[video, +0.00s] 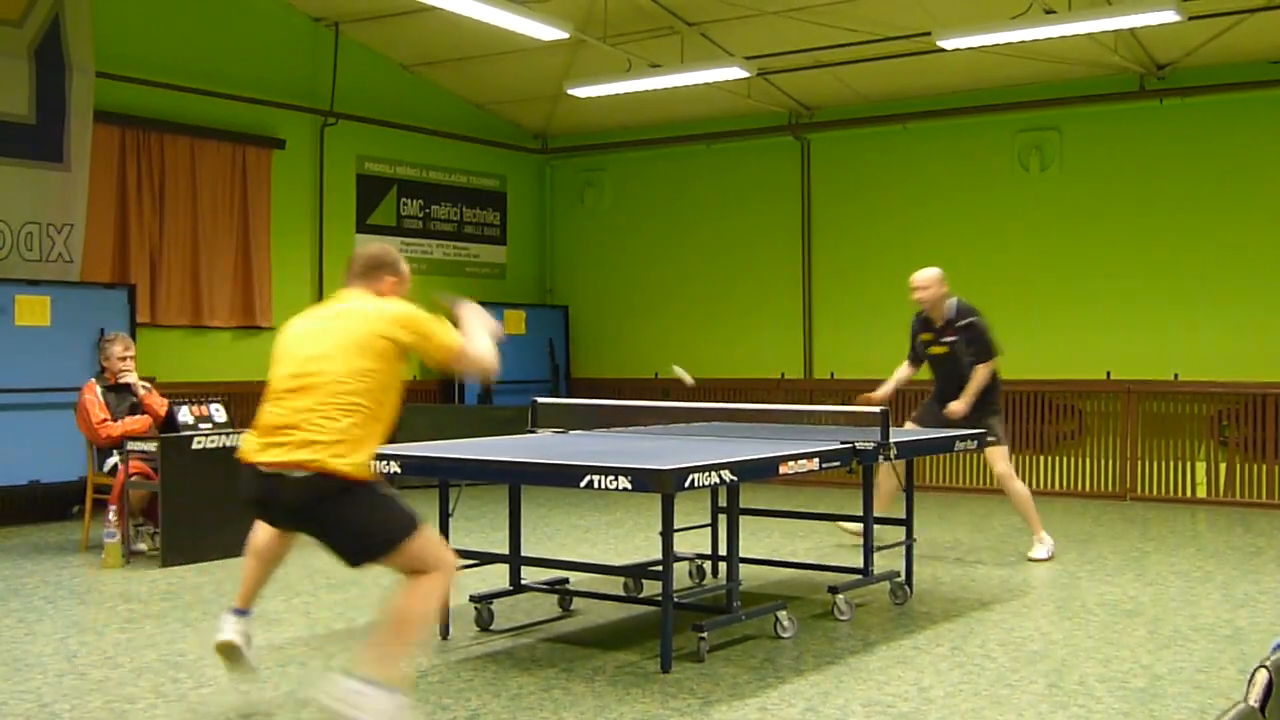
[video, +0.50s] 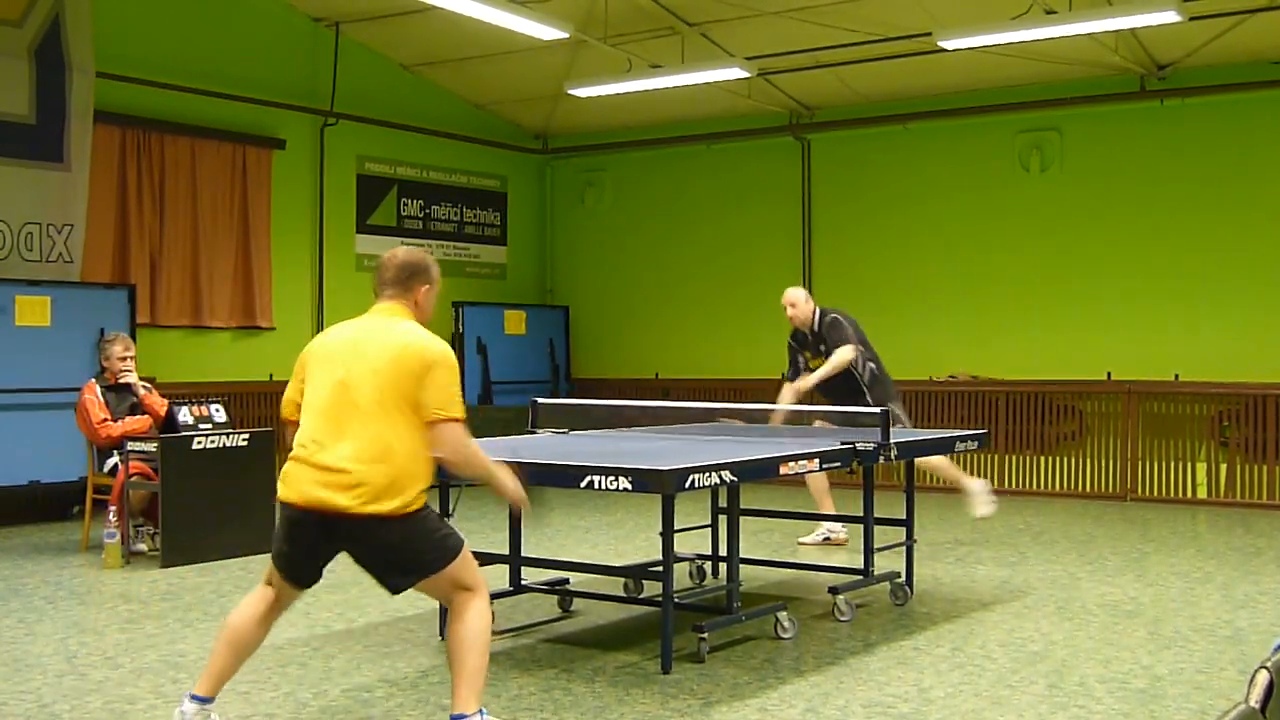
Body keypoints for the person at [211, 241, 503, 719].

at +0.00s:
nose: (406, 293)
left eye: (406, 286)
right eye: (405, 285)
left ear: (351, 280)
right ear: (389, 282)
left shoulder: (300, 322)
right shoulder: (394, 314)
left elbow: (288, 397)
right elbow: (483, 364)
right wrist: (476, 322)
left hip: (264, 478)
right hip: (330, 483)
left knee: (282, 514)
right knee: (436, 564)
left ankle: (236, 618)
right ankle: (373, 679)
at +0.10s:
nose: (425, 303)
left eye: (425, 296)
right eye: (424, 295)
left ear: (369, 293)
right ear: (410, 294)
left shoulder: (314, 339)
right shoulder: (421, 338)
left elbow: (288, 424)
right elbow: (500, 409)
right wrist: (525, 368)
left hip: (294, 497)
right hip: (368, 501)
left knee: (288, 556)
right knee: (454, 595)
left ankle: (244, 665)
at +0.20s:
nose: (445, 316)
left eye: (445, 309)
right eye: (446, 309)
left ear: (389, 306)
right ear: (437, 310)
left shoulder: (339, 352)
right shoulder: (447, 357)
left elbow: (303, 441)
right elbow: (511, 440)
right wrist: (530, 413)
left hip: (314, 506)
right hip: (395, 510)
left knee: (296, 574)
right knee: (471, 597)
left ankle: (239, 692)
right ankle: (472, 713)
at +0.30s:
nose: (445, 306)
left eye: (443, 299)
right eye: (444, 299)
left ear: (386, 299)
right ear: (436, 300)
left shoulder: (337, 344)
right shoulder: (453, 351)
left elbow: (310, 429)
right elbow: (508, 438)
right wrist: (466, 409)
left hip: (318, 497)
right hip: (401, 504)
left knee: (286, 569)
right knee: (474, 594)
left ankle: (228, 687)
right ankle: (471, 713)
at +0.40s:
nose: (430, 298)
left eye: (428, 291)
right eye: (430, 291)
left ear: (374, 290)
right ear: (421, 292)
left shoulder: (323, 340)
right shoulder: (438, 345)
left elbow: (296, 431)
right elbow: (482, 437)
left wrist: (350, 442)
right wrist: (433, 436)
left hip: (315, 494)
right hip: (398, 501)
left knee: (268, 584)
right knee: (470, 591)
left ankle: (198, 699)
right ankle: (471, 713)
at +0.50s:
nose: (435, 301)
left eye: (435, 292)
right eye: (435, 292)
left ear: (379, 290)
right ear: (421, 293)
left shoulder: (324, 341)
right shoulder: (430, 350)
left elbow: (292, 419)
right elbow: (447, 442)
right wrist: (497, 475)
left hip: (305, 499)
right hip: (384, 508)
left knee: (272, 591)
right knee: (468, 592)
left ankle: (198, 700)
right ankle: (467, 713)